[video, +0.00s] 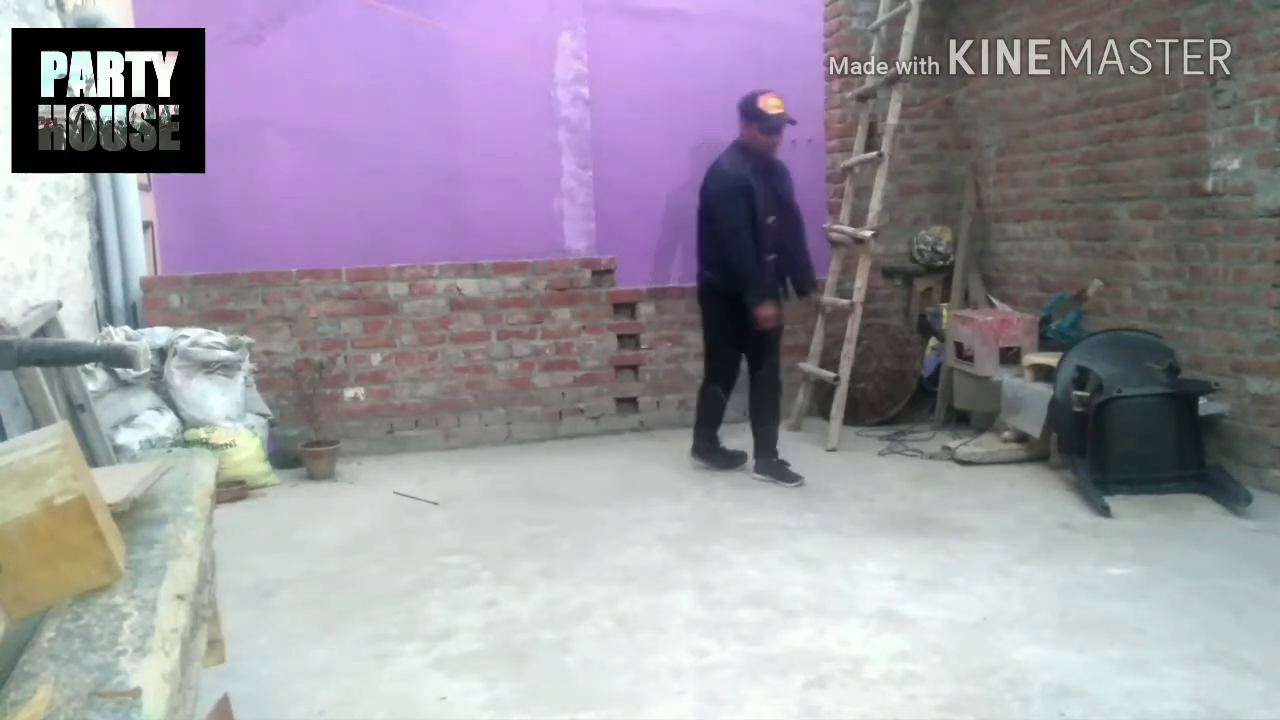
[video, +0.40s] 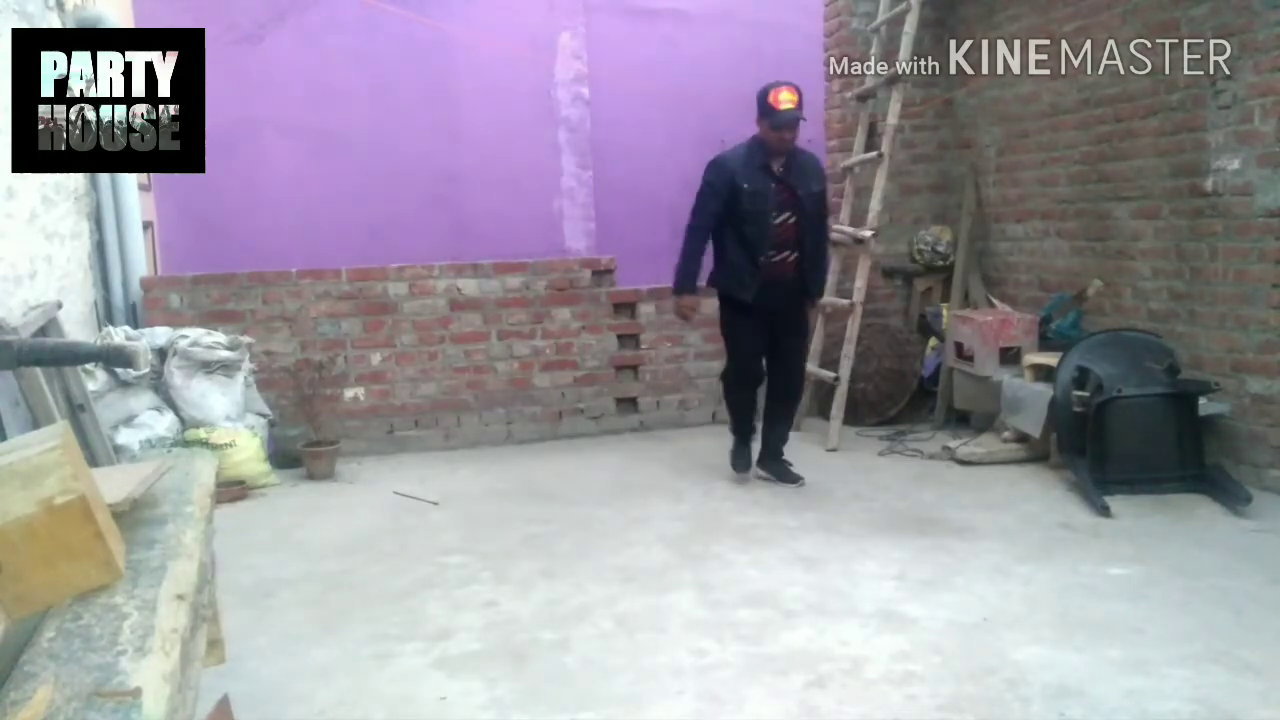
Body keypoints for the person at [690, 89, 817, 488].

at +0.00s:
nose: (776, 138)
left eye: (779, 130)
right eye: (768, 130)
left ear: (783, 128)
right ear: (746, 128)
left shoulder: (774, 170)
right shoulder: (727, 175)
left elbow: (790, 228)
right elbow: (735, 244)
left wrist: (805, 280)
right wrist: (758, 297)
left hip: (763, 286)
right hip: (723, 290)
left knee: (766, 373)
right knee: (721, 371)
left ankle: (766, 455)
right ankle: (704, 443)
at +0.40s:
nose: (787, 136)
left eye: (793, 127)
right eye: (778, 127)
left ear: (801, 123)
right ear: (760, 124)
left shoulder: (810, 168)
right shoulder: (728, 169)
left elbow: (819, 232)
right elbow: (698, 229)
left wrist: (815, 288)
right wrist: (685, 285)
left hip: (791, 295)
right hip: (742, 295)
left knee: (789, 379)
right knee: (743, 373)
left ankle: (772, 454)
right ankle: (743, 439)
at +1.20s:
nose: (761, 135)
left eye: (766, 123)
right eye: (749, 129)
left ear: (782, 115)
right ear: (739, 132)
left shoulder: (823, 168)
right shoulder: (723, 179)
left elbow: (848, 234)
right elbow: (706, 249)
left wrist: (828, 293)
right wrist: (706, 310)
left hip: (802, 310)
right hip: (743, 313)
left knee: (820, 397)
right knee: (743, 409)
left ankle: (791, 443)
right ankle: (756, 501)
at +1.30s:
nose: (765, 132)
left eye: (770, 119)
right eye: (753, 126)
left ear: (784, 112)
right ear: (742, 129)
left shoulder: (825, 163)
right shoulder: (724, 177)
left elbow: (853, 225)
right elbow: (706, 247)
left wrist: (833, 283)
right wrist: (709, 307)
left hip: (806, 307)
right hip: (746, 311)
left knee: (826, 393)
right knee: (745, 409)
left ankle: (799, 451)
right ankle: (756, 500)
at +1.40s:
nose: (775, 122)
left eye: (780, 110)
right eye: (762, 116)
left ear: (793, 103)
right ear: (749, 117)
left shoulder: (832, 156)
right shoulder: (727, 169)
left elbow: (861, 212)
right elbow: (710, 240)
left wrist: (844, 269)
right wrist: (713, 299)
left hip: (816, 299)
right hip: (755, 305)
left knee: (838, 380)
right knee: (753, 403)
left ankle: (820, 473)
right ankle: (757, 500)